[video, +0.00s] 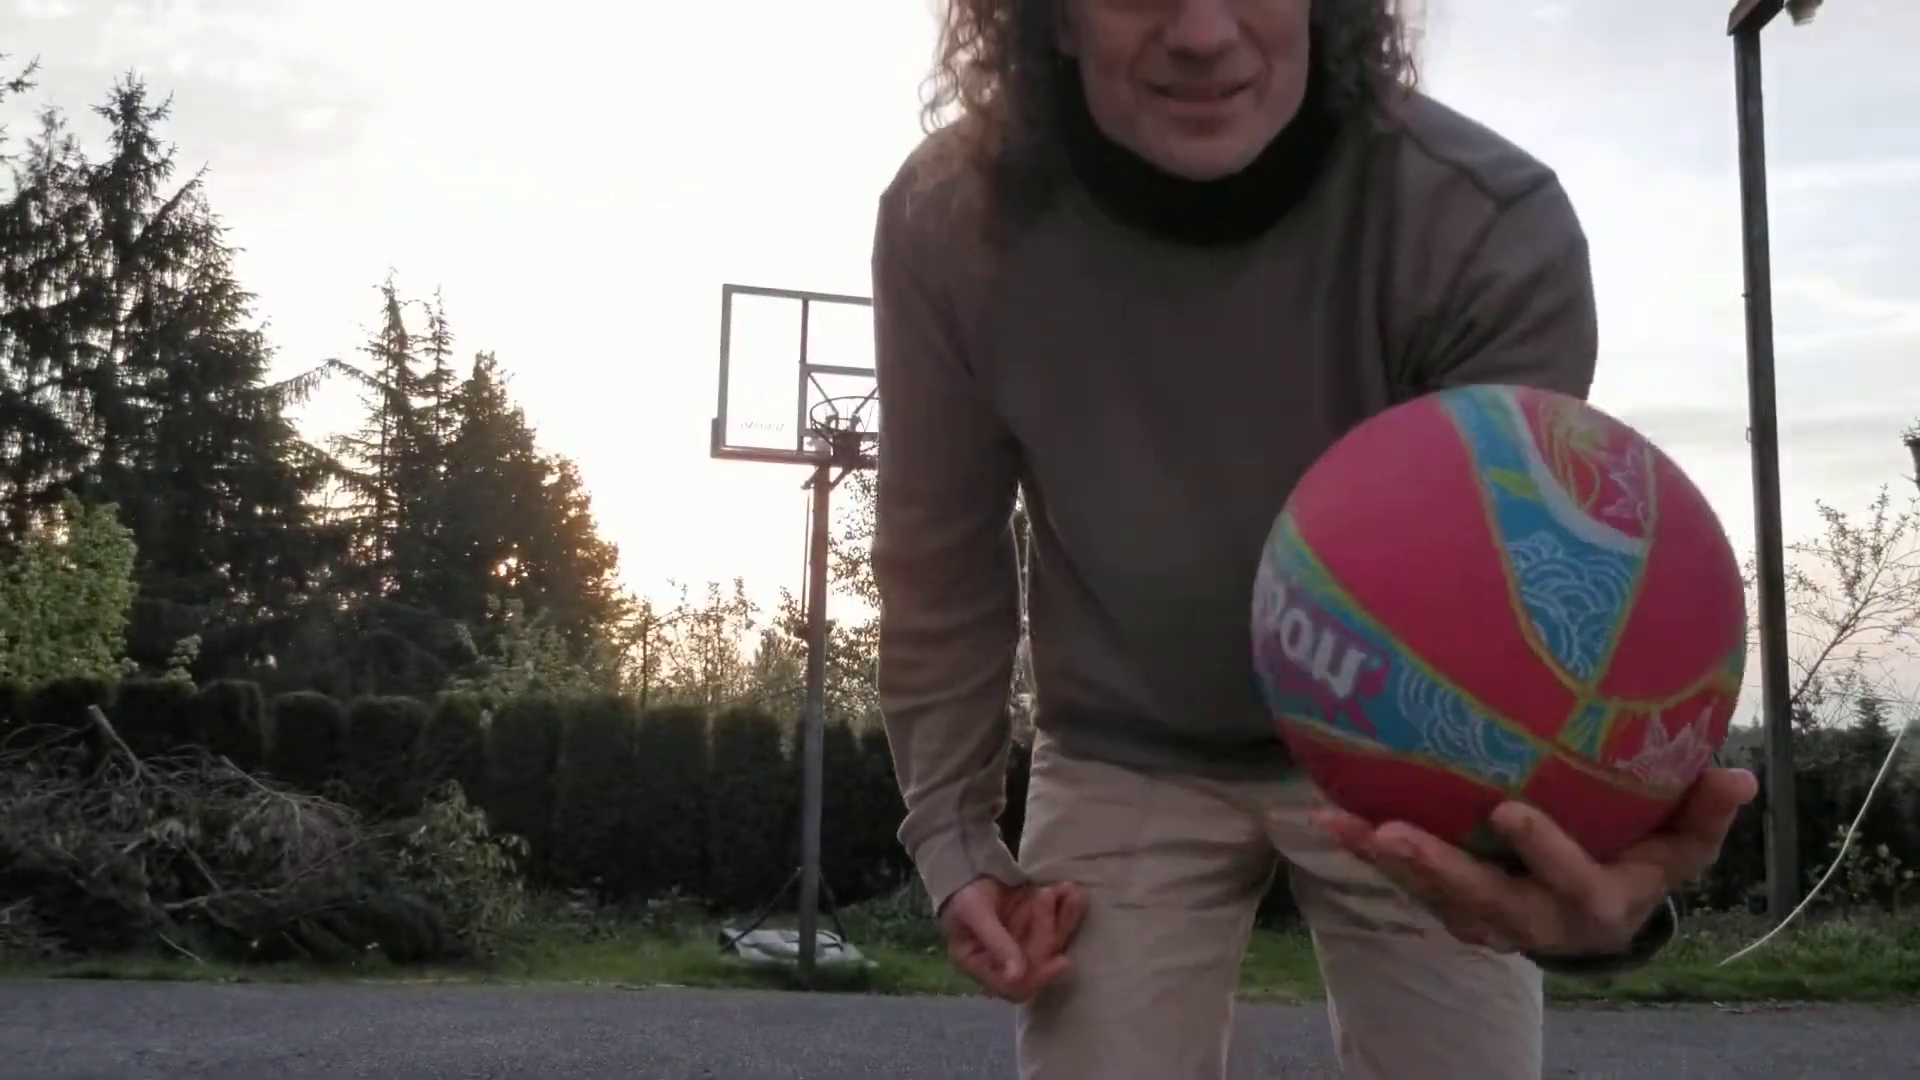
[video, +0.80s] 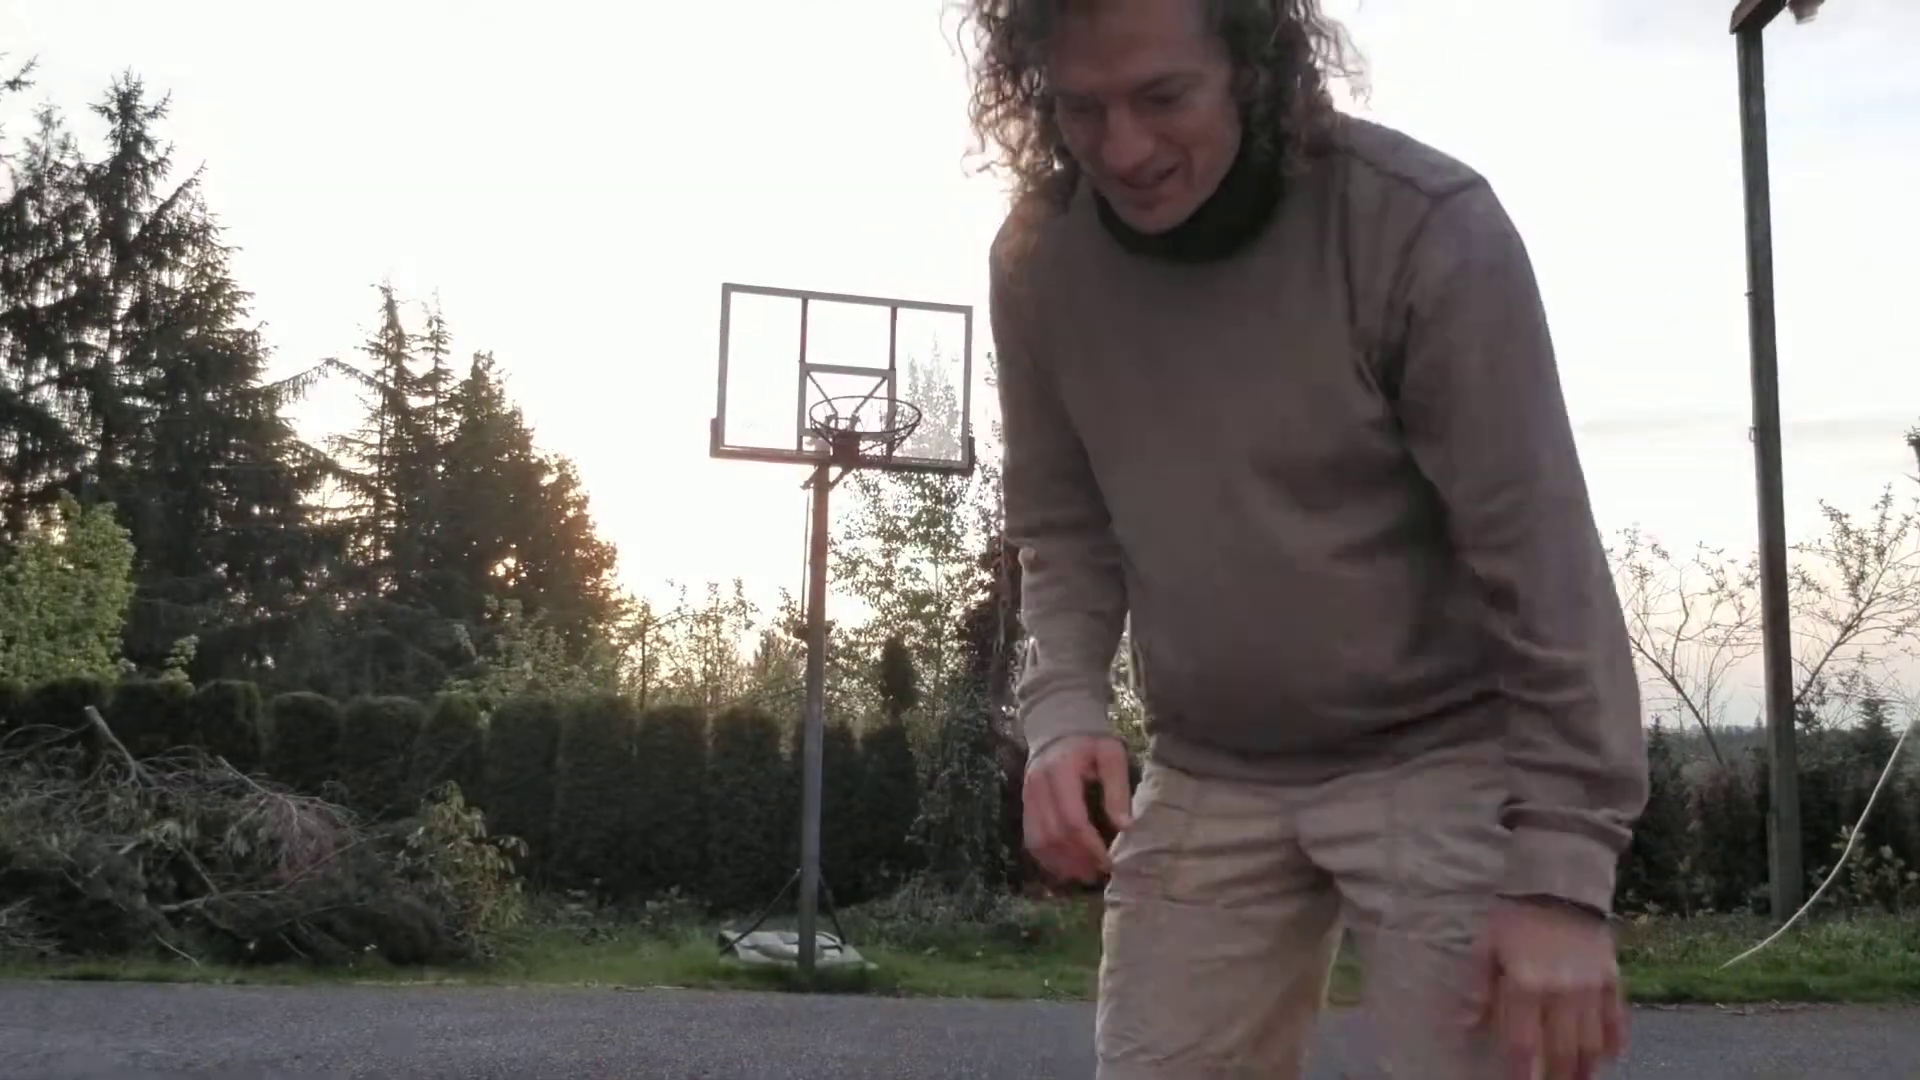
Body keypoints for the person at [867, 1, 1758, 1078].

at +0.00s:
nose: (1203, 30)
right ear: (1052, 11)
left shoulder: (1483, 219)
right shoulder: (957, 219)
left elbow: (1525, 621)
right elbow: (939, 570)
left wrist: (1588, 876)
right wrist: (954, 840)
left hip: (1413, 759)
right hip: (1123, 763)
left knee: (1476, 1069)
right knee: (1094, 1063)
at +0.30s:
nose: (1176, 72)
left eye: (1224, 15)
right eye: (1117, 25)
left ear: (1290, 28)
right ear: (1042, 53)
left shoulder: (1443, 249)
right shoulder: (968, 250)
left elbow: (1472, 630)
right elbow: (961, 578)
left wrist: (1565, 722)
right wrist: (971, 823)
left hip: (1415, 780)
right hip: (1136, 782)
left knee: (1446, 1058)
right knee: (1097, 1059)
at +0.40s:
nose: (1168, 94)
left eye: (1214, 32)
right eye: (1109, 44)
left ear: (1278, 41)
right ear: (1037, 68)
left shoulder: (1434, 244)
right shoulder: (981, 258)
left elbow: (1511, 661)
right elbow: (985, 566)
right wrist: (986, 808)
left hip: (1430, 767)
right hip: (1157, 777)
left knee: (1438, 1059)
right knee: (1110, 1059)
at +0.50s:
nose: (1158, 105)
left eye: (1201, 41)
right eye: (1100, 58)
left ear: (1272, 43)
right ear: (1036, 79)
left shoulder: (1428, 231)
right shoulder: (998, 264)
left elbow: (1557, 595)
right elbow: (1002, 567)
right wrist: (1015, 812)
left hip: (1438, 751)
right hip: (1184, 763)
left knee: (1427, 1058)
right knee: (1137, 1057)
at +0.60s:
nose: (1135, 130)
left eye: (1178, 71)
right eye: (1087, 85)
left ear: (1259, 51)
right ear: (1039, 88)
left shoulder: (1419, 218)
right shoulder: (1020, 266)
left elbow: (1528, 554)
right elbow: (1039, 589)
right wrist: (1050, 852)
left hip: (1441, 757)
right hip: (1192, 770)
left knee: (1443, 1061)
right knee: (1166, 1065)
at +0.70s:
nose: (1123, 150)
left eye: (1163, 93)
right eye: (1077, 104)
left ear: (1249, 60)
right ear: (1034, 92)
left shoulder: (1413, 225)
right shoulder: (1034, 261)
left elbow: (1516, 582)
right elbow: (1055, 564)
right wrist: (1056, 792)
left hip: (1446, 773)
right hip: (1204, 782)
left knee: (1458, 1057)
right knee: (1145, 1055)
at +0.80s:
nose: (1126, 150)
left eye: (1164, 96)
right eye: (1080, 107)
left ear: (1253, 61)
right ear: (1037, 95)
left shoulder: (1424, 229)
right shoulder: (1043, 261)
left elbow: (1544, 556)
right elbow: (1060, 528)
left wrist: (1565, 876)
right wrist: (1066, 720)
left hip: (1445, 764)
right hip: (1203, 776)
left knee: (1480, 1056)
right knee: (1153, 1057)